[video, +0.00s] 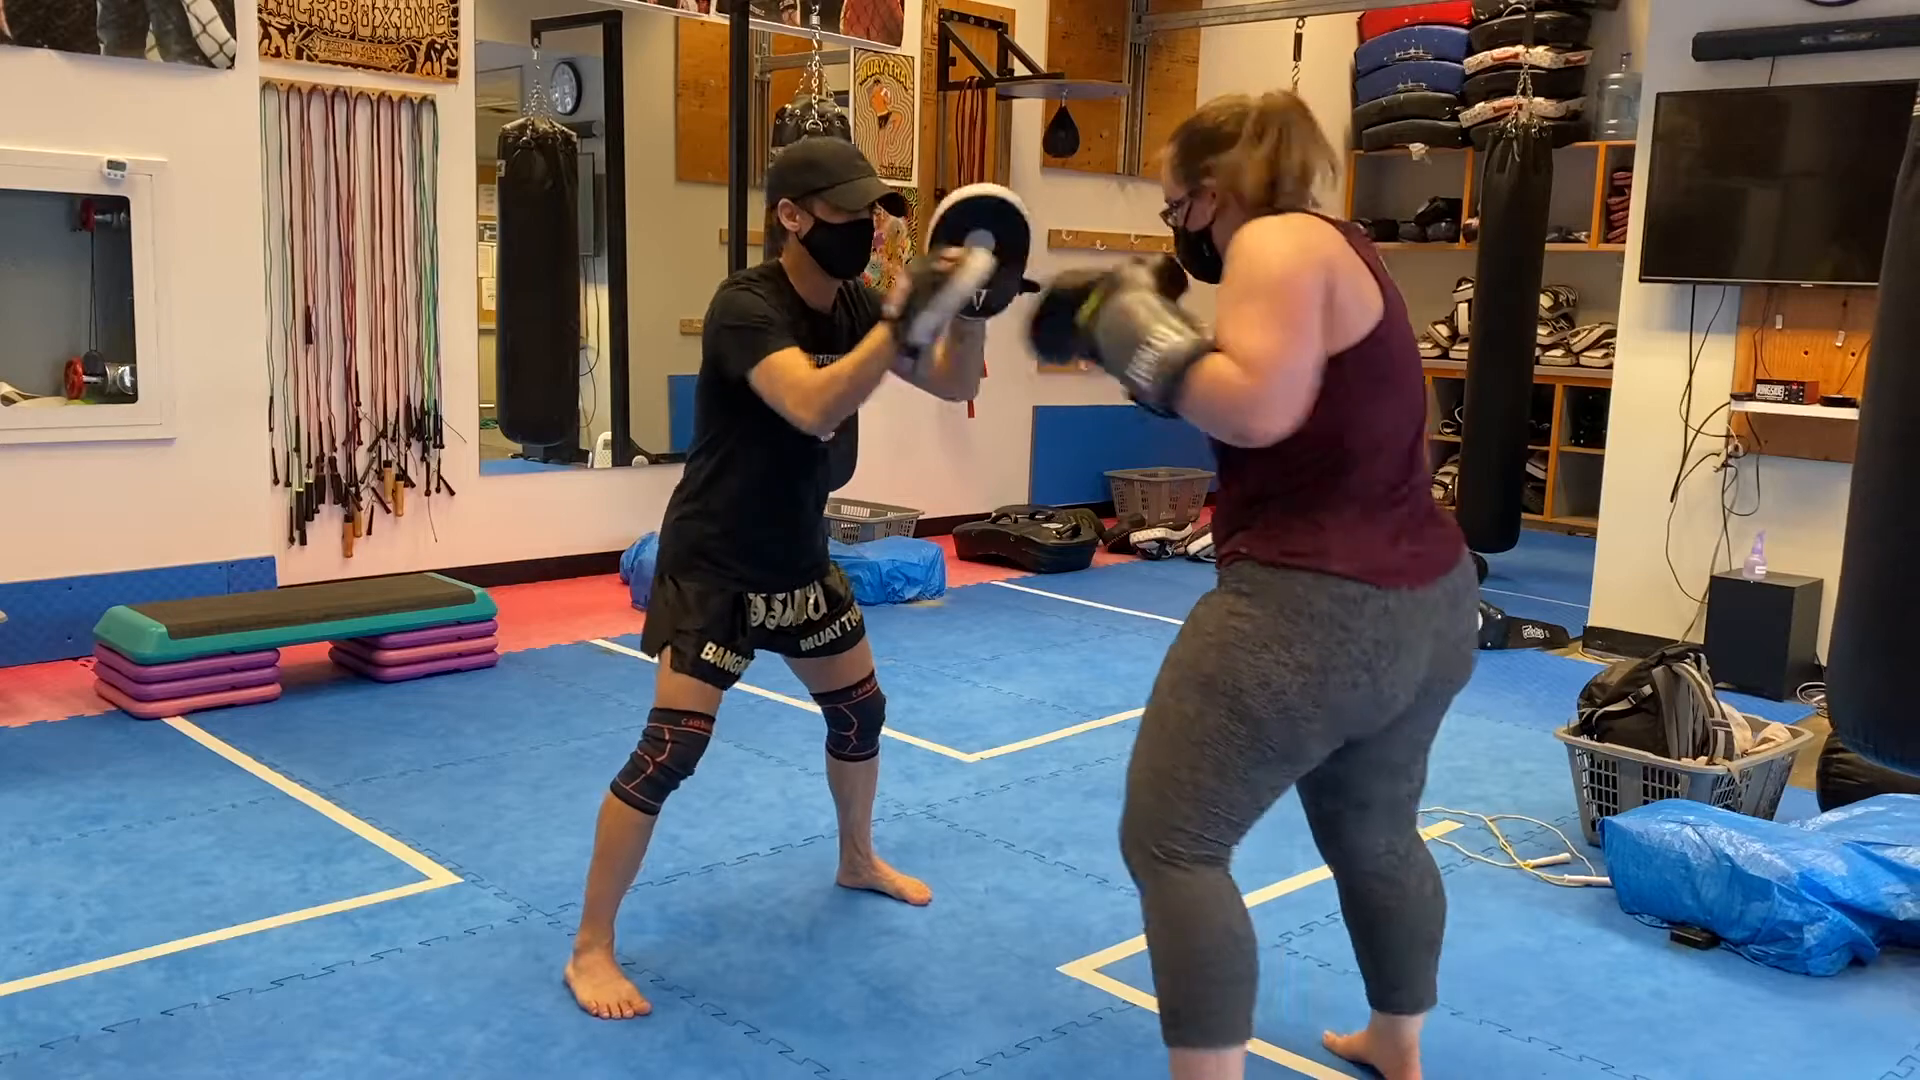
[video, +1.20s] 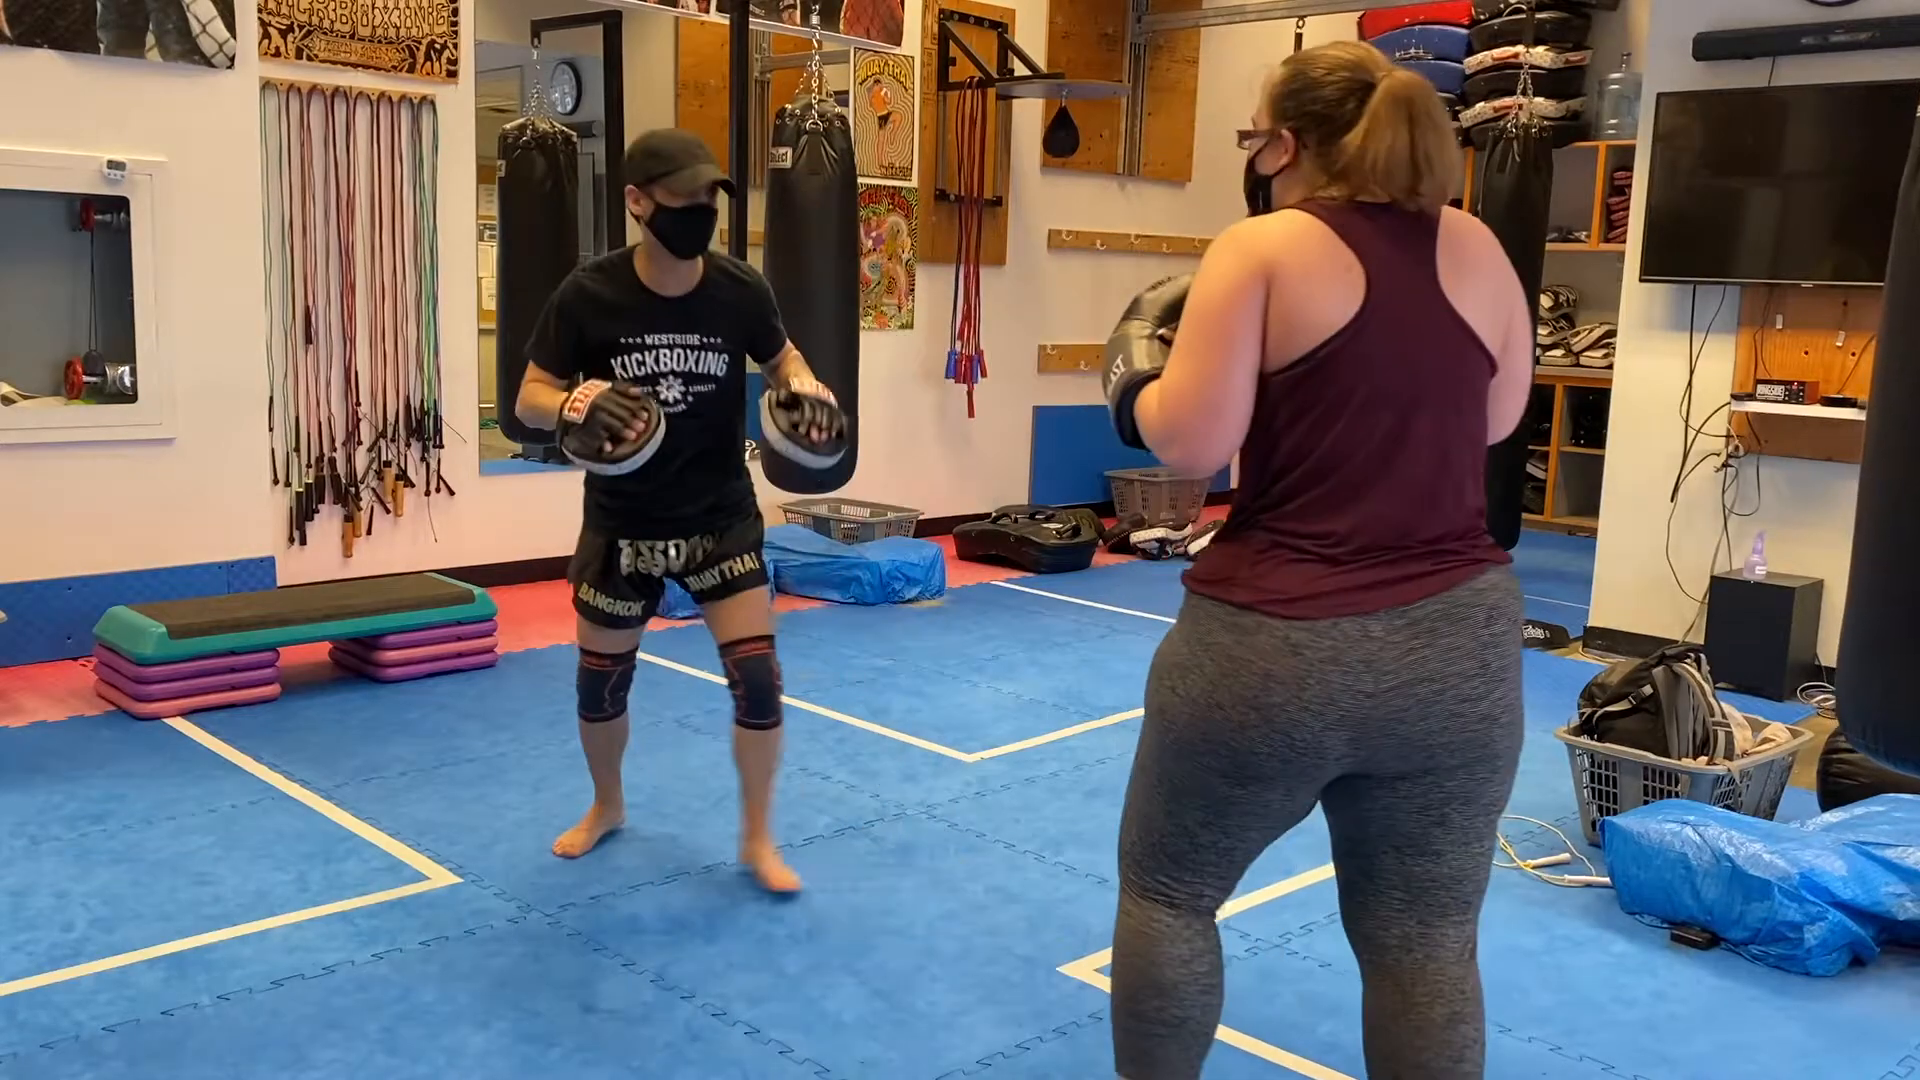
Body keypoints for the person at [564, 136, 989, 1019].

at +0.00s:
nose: (871, 228)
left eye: (873, 212)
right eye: (854, 213)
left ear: (864, 218)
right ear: (796, 215)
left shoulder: (854, 303)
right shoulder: (743, 308)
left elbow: (954, 382)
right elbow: (816, 406)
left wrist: (959, 296)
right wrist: (901, 318)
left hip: (800, 552)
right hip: (714, 555)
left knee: (859, 712)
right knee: (673, 745)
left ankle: (858, 861)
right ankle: (592, 947)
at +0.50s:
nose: (898, 263)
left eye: (902, 247)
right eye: (880, 250)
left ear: (908, 243)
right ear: (829, 250)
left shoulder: (904, 338)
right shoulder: (777, 335)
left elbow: (1001, 417)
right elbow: (769, 448)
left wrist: (993, 340)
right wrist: (872, 392)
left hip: (834, 562)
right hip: (747, 566)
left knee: (929, 712)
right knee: (704, 745)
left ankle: (932, 856)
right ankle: (599, 941)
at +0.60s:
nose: (924, 296)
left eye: (933, 280)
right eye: (907, 282)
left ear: (944, 271)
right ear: (860, 274)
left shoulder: (933, 364)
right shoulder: (803, 346)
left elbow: (1017, 452)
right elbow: (716, 452)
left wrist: (1005, 372)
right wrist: (803, 482)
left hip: (856, 567)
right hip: (759, 563)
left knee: (948, 709)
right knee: (709, 728)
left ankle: (936, 854)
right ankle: (612, 916)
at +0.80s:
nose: (887, 288)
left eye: (893, 273)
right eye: (869, 276)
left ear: (900, 273)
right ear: (818, 278)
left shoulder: (907, 369)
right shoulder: (756, 359)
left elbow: (957, 445)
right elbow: (687, 419)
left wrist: (958, 469)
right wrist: (686, 473)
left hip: (847, 577)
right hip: (749, 579)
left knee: (936, 709)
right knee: (666, 733)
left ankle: (936, 855)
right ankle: (599, 818)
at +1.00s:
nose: (763, 266)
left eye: (771, 253)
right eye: (747, 253)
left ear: (778, 253)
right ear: (701, 251)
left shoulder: (794, 346)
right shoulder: (645, 340)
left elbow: (831, 420)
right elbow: (577, 419)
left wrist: (846, 463)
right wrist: (583, 467)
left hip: (760, 560)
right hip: (658, 558)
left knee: (837, 706)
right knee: (593, 714)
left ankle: (912, 846)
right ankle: (608, 811)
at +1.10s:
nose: (719, 242)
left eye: (727, 227)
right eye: (702, 228)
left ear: (738, 225)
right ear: (657, 226)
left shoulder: (759, 319)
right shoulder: (610, 317)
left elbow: (800, 400)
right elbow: (544, 405)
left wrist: (812, 439)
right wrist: (574, 437)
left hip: (731, 533)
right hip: (632, 535)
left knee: (792, 691)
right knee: (596, 702)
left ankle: (848, 838)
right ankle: (608, 811)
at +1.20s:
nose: (703, 213)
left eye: (710, 197)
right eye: (685, 201)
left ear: (721, 195)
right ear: (638, 201)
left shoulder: (741, 294)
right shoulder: (587, 295)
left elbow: (786, 364)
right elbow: (529, 397)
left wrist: (808, 392)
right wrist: (570, 403)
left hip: (720, 513)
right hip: (619, 518)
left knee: (758, 677)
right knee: (600, 683)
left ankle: (758, 837)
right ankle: (606, 806)